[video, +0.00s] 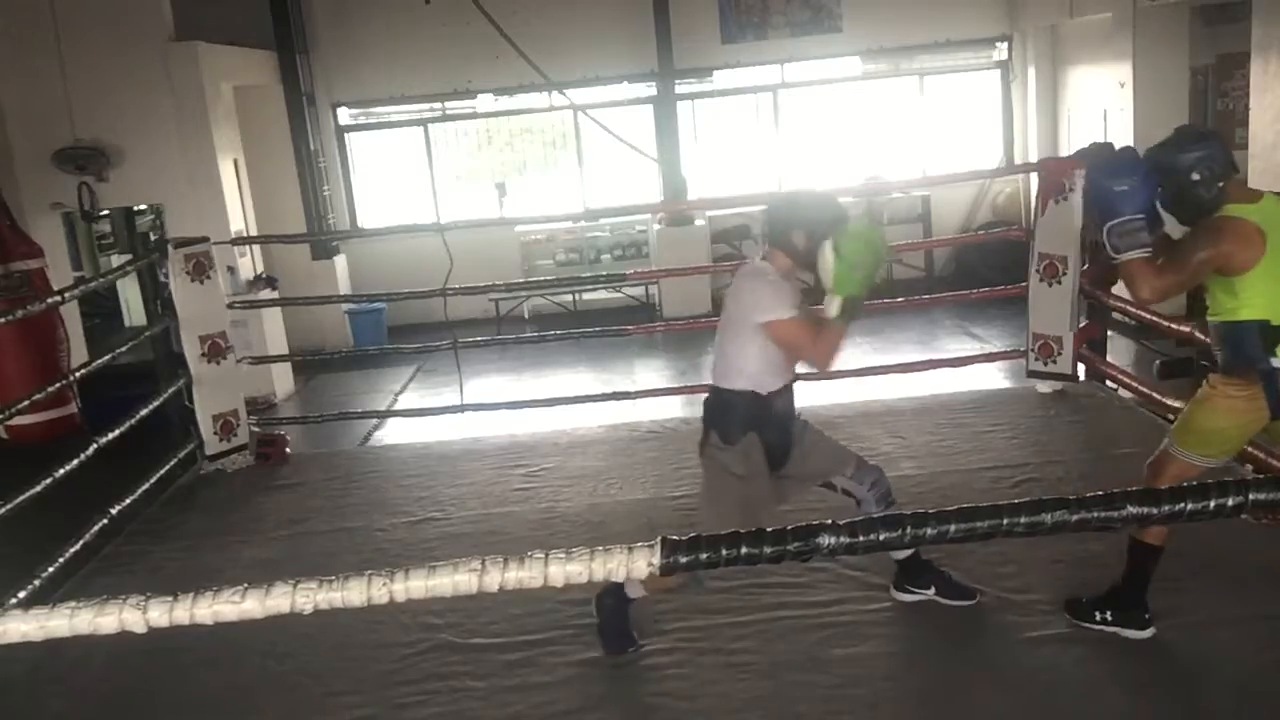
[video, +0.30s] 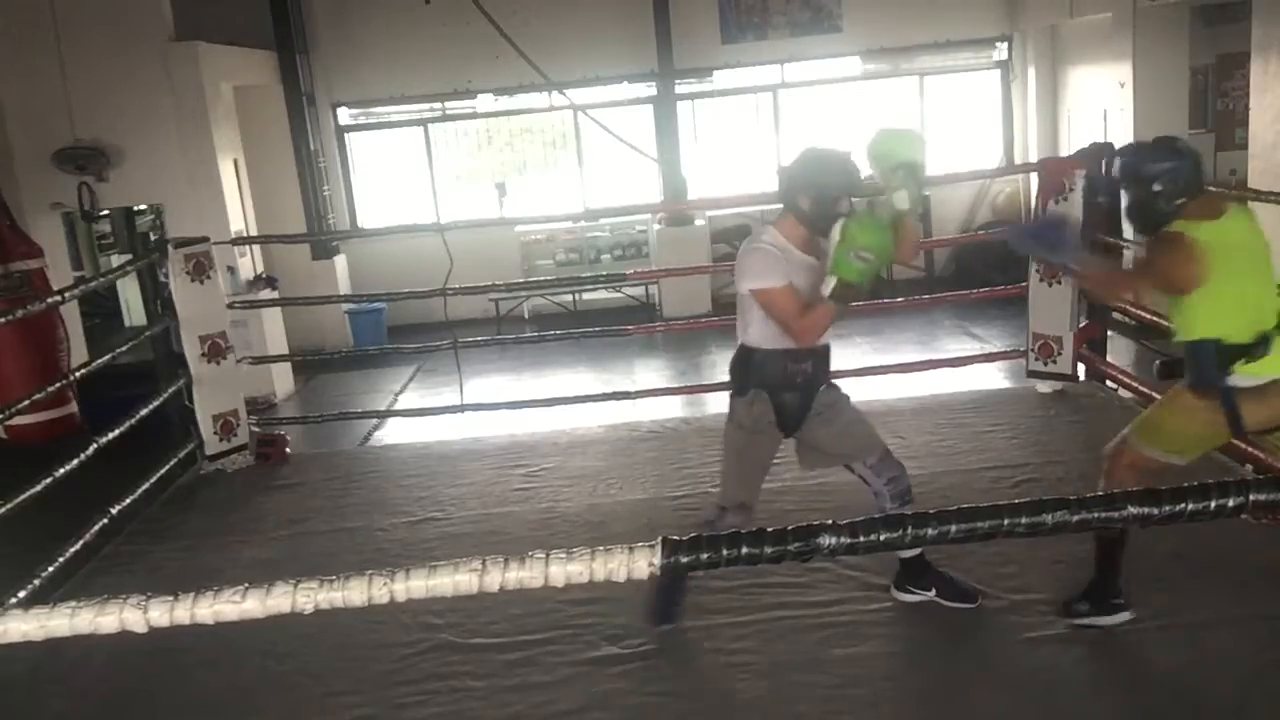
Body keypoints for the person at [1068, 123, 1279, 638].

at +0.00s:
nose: (1169, 200)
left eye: (1171, 188)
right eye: (1166, 188)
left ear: (1195, 182)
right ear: (1223, 171)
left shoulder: (1226, 231)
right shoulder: (1267, 207)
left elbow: (1147, 288)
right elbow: (1180, 268)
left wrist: (1123, 213)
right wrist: (1145, 218)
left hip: (1245, 381)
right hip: (1268, 372)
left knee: (1163, 476)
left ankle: (1129, 601)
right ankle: (1130, 599)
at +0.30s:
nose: (1129, 201)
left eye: (1134, 190)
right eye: (1128, 190)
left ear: (1158, 192)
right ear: (1190, 182)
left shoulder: (1178, 249)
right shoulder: (1235, 211)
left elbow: (1122, 290)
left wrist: (1069, 259)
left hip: (1224, 389)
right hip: (1269, 371)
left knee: (1122, 462)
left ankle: (1105, 591)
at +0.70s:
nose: (1196, 205)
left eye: (1203, 193)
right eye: (1198, 194)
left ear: (1220, 195)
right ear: (1261, 192)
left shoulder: (1230, 256)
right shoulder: (1271, 248)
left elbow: (1188, 348)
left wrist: (1123, 358)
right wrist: (1141, 349)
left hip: (1221, 439)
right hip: (1271, 435)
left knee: (1119, 489)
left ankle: (1072, 605)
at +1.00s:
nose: (1237, 180)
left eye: (1241, 167)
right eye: (1240, 164)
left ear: (1263, 171)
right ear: (1270, 169)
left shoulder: (1272, 233)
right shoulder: (1267, 227)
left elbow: (1226, 309)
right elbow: (1244, 297)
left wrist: (1168, 249)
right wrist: (1219, 224)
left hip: (1265, 415)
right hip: (1265, 410)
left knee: (1175, 504)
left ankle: (1138, 650)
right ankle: (1140, 648)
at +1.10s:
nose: (1245, 176)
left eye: (1249, 162)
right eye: (1246, 160)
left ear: (1261, 167)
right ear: (1272, 164)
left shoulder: (1272, 237)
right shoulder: (1266, 235)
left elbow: (1192, 296)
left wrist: (1160, 227)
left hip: (1266, 426)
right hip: (1262, 422)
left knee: (1195, 534)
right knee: (1194, 533)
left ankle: (1174, 687)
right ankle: (1174, 684)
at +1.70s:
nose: (1269, 222)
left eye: (1272, 208)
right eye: (1270, 207)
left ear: (1275, 224)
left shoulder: (1274, 307)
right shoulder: (1269, 305)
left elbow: (1209, 376)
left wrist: (1088, 398)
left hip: (1272, 496)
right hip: (1269, 494)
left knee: (1235, 586)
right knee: (1233, 587)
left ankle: (1165, 704)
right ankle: (1166, 702)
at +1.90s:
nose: (1206, 225)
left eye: (1214, 214)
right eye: (1209, 213)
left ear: (1232, 219)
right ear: (1269, 216)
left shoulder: (1208, 299)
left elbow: (1145, 396)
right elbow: (1149, 394)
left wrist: (1189, 415)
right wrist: (1188, 415)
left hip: (1255, 503)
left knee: (1201, 604)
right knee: (1201, 604)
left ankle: (1149, 707)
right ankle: (1151, 705)